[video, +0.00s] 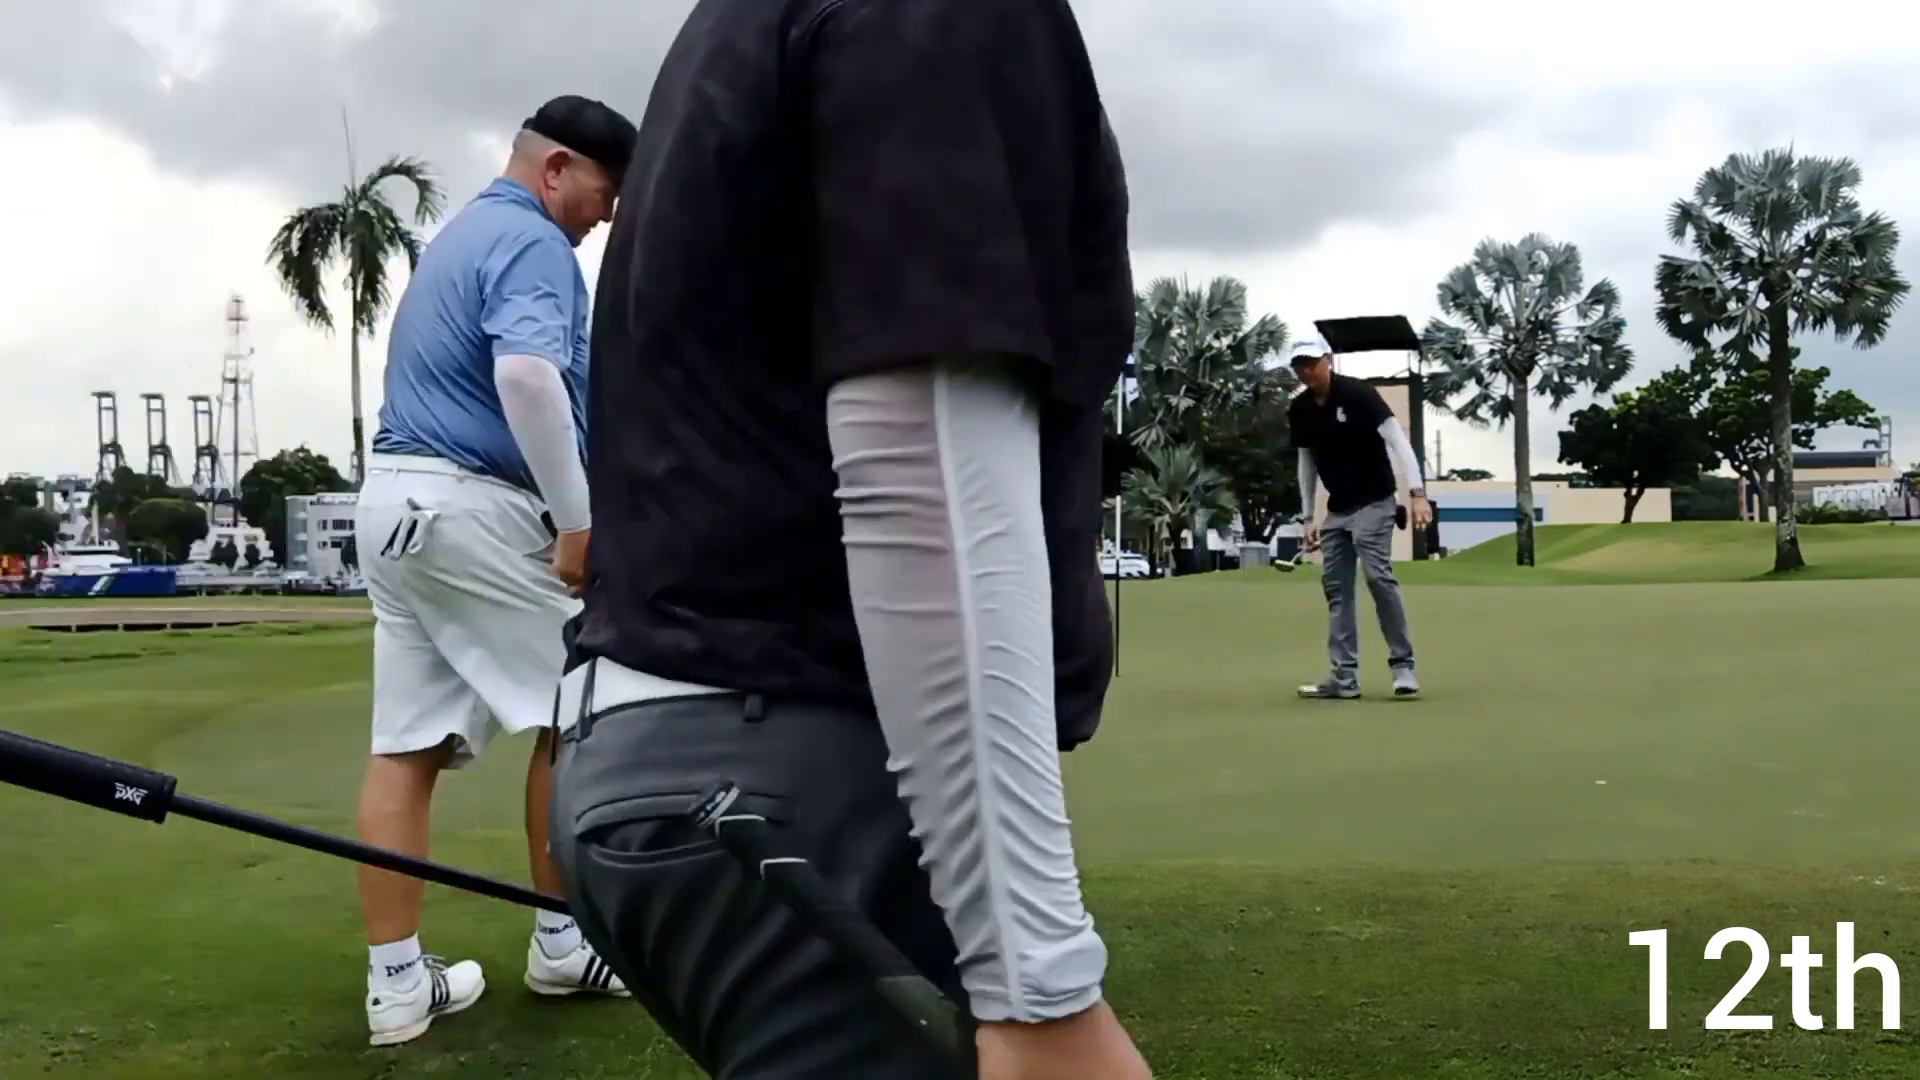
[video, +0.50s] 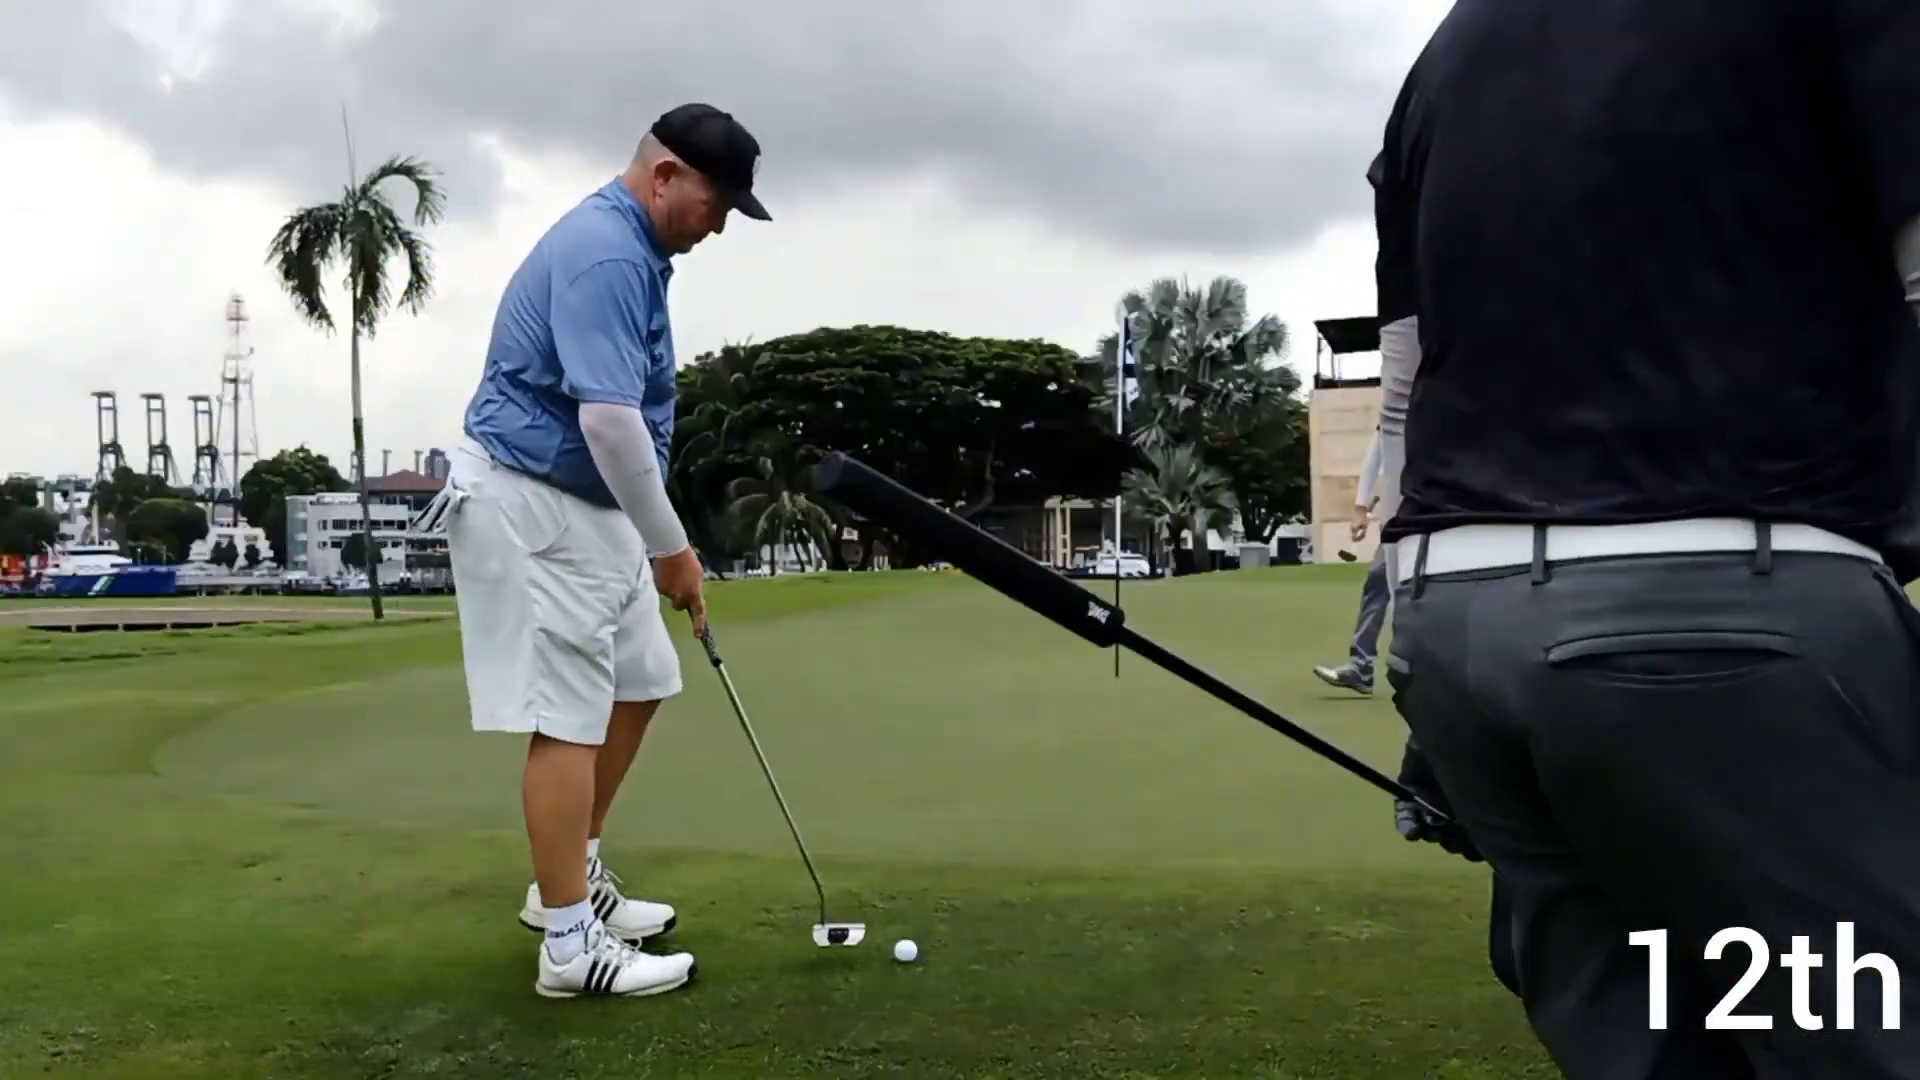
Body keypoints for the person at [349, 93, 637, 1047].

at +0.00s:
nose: (602, 217)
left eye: (610, 201)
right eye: (601, 194)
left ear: (536, 169)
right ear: (557, 166)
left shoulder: (464, 230)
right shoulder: (531, 240)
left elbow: (440, 385)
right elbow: (524, 376)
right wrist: (578, 522)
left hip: (390, 497)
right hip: (474, 505)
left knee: (403, 749)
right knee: (578, 709)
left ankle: (397, 984)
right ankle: (566, 940)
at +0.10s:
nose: (621, 221)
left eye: (630, 205)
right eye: (620, 198)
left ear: (559, 173)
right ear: (571, 170)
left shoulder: (488, 232)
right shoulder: (538, 244)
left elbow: (473, 393)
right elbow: (532, 384)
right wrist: (589, 529)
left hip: (412, 499)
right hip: (483, 507)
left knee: (420, 742)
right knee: (576, 716)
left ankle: (399, 979)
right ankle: (572, 941)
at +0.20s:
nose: (652, 222)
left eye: (659, 208)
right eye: (651, 200)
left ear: (590, 176)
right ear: (600, 172)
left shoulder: (526, 237)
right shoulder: (558, 248)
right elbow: (552, 403)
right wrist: (612, 537)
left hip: (449, 505)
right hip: (511, 513)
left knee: (461, 735)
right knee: (585, 721)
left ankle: (405, 960)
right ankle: (572, 942)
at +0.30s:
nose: (678, 221)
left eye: (686, 208)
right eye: (678, 200)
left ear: (624, 174)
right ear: (627, 170)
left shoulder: (565, 235)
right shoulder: (576, 244)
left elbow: (565, 407)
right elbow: (575, 407)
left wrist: (623, 541)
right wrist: (634, 539)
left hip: (490, 494)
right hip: (520, 501)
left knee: (527, 708)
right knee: (575, 716)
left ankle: (434, 900)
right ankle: (573, 942)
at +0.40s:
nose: (700, 223)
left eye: (708, 210)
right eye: (698, 202)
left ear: (648, 175)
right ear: (648, 170)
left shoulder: (607, 246)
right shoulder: (590, 244)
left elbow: (611, 410)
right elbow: (593, 413)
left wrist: (639, 537)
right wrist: (655, 543)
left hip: (557, 500)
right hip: (531, 501)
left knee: (590, 696)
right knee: (570, 713)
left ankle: (489, 867)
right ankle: (572, 944)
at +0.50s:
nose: (718, 226)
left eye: (726, 213)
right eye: (716, 206)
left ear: (671, 178)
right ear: (667, 173)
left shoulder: (633, 253)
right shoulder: (601, 248)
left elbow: (631, 417)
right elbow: (609, 421)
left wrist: (661, 543)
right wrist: (671, 547)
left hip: (584, 506)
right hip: (536, 503)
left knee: (638, 681)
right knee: (569, 712)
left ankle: (568, 876)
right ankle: (570, 945)